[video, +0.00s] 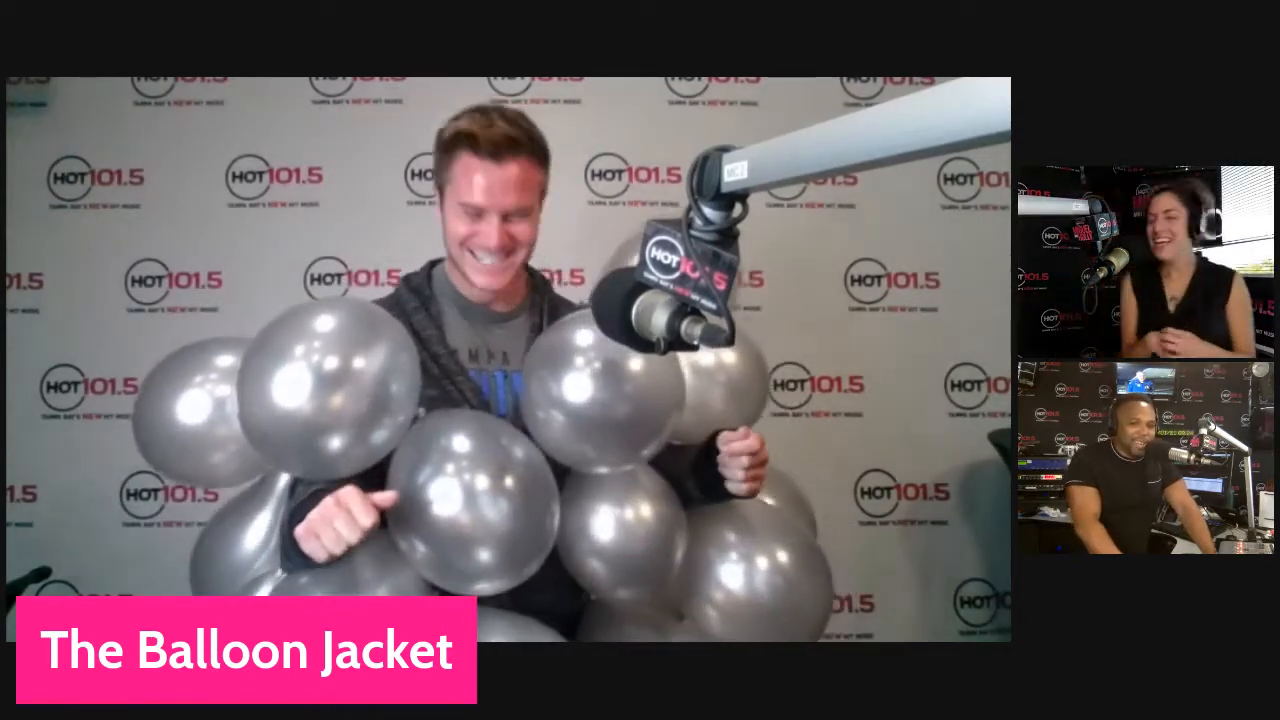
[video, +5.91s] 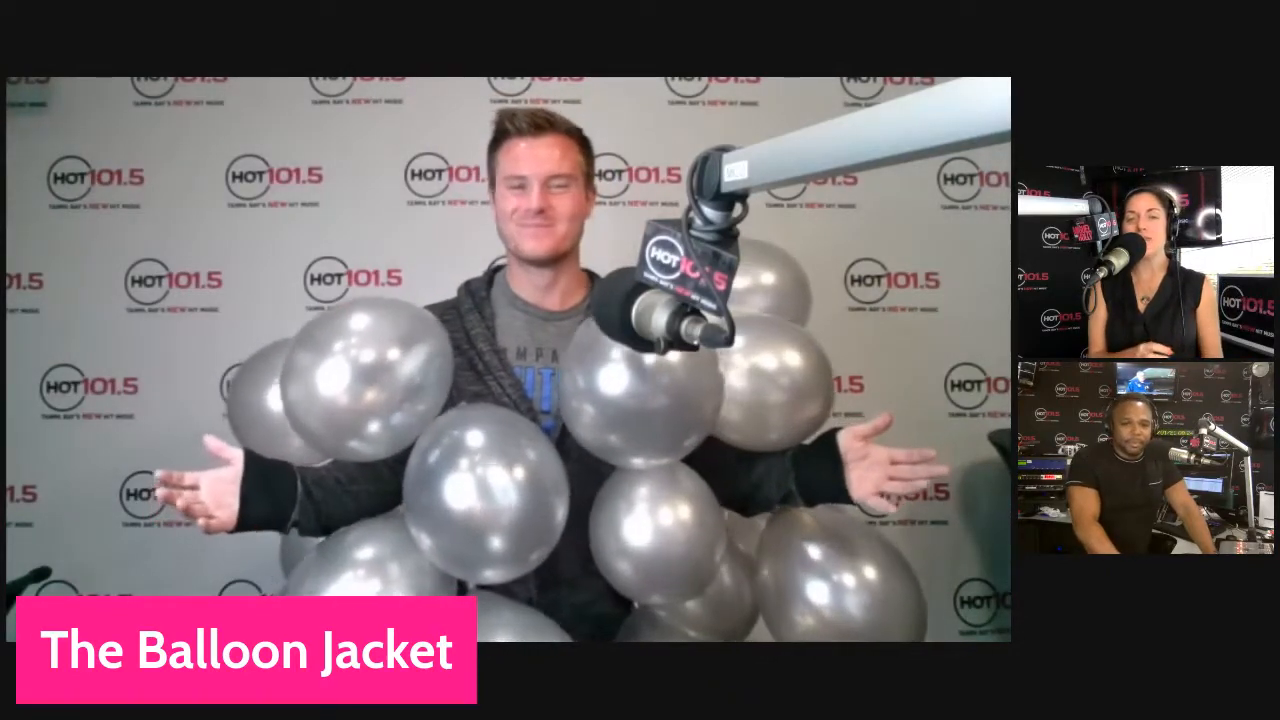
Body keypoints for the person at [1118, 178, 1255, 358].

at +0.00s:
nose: (1157, 228)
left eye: (1170, 218)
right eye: (1151, 220)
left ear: (1195, 224)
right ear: (1146, 226)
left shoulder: (1229, 283)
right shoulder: (1134, 282)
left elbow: (1248, 360)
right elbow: (1127, 355)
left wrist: (1200, 349)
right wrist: (1148, 344)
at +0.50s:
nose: (1157, 223)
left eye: (1171, 215)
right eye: (1151, 214)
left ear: (1190, 225)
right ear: (1143, 221)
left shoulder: (1214, 288)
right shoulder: (1118, 283)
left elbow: (1228, 361)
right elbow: (1101, 350)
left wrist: (1193, 350)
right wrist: (1125, 344)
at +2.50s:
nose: (1152, 228)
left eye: (1164, 220)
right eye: (1143, 218)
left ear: (1178, 229)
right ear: (1130, 223)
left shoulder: (1200, 288)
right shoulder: (1106, 286)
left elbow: (1214, 361)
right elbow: (1095, 356)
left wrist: (1181, 347)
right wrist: (1115, 345)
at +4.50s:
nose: (1146, 229)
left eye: (1160, 220)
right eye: (1138, 218)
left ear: (1175, 230)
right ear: (1127, 224)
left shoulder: (1197, 284)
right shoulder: (1103, 285)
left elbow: (1211, 358)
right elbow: (1093, 359)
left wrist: (1169, 344)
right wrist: (1100, 345)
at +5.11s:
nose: (1143, 227)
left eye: (1156, 217)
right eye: (1134, 217)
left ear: (1172, 226)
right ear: (1124, 225)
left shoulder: (1197, 285)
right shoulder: (1103, 286)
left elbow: (1209, 362)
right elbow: (1094, 357)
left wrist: (1166, 352)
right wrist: (1126, 351)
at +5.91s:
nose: (1140, 226)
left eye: (1152, 217)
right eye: (1131, 218)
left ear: (1170, 226)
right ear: (1121, 227)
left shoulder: (1198, 287)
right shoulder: (1103, 288)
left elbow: (1214, 364)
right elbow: (1095, 357)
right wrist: (1134, 353)